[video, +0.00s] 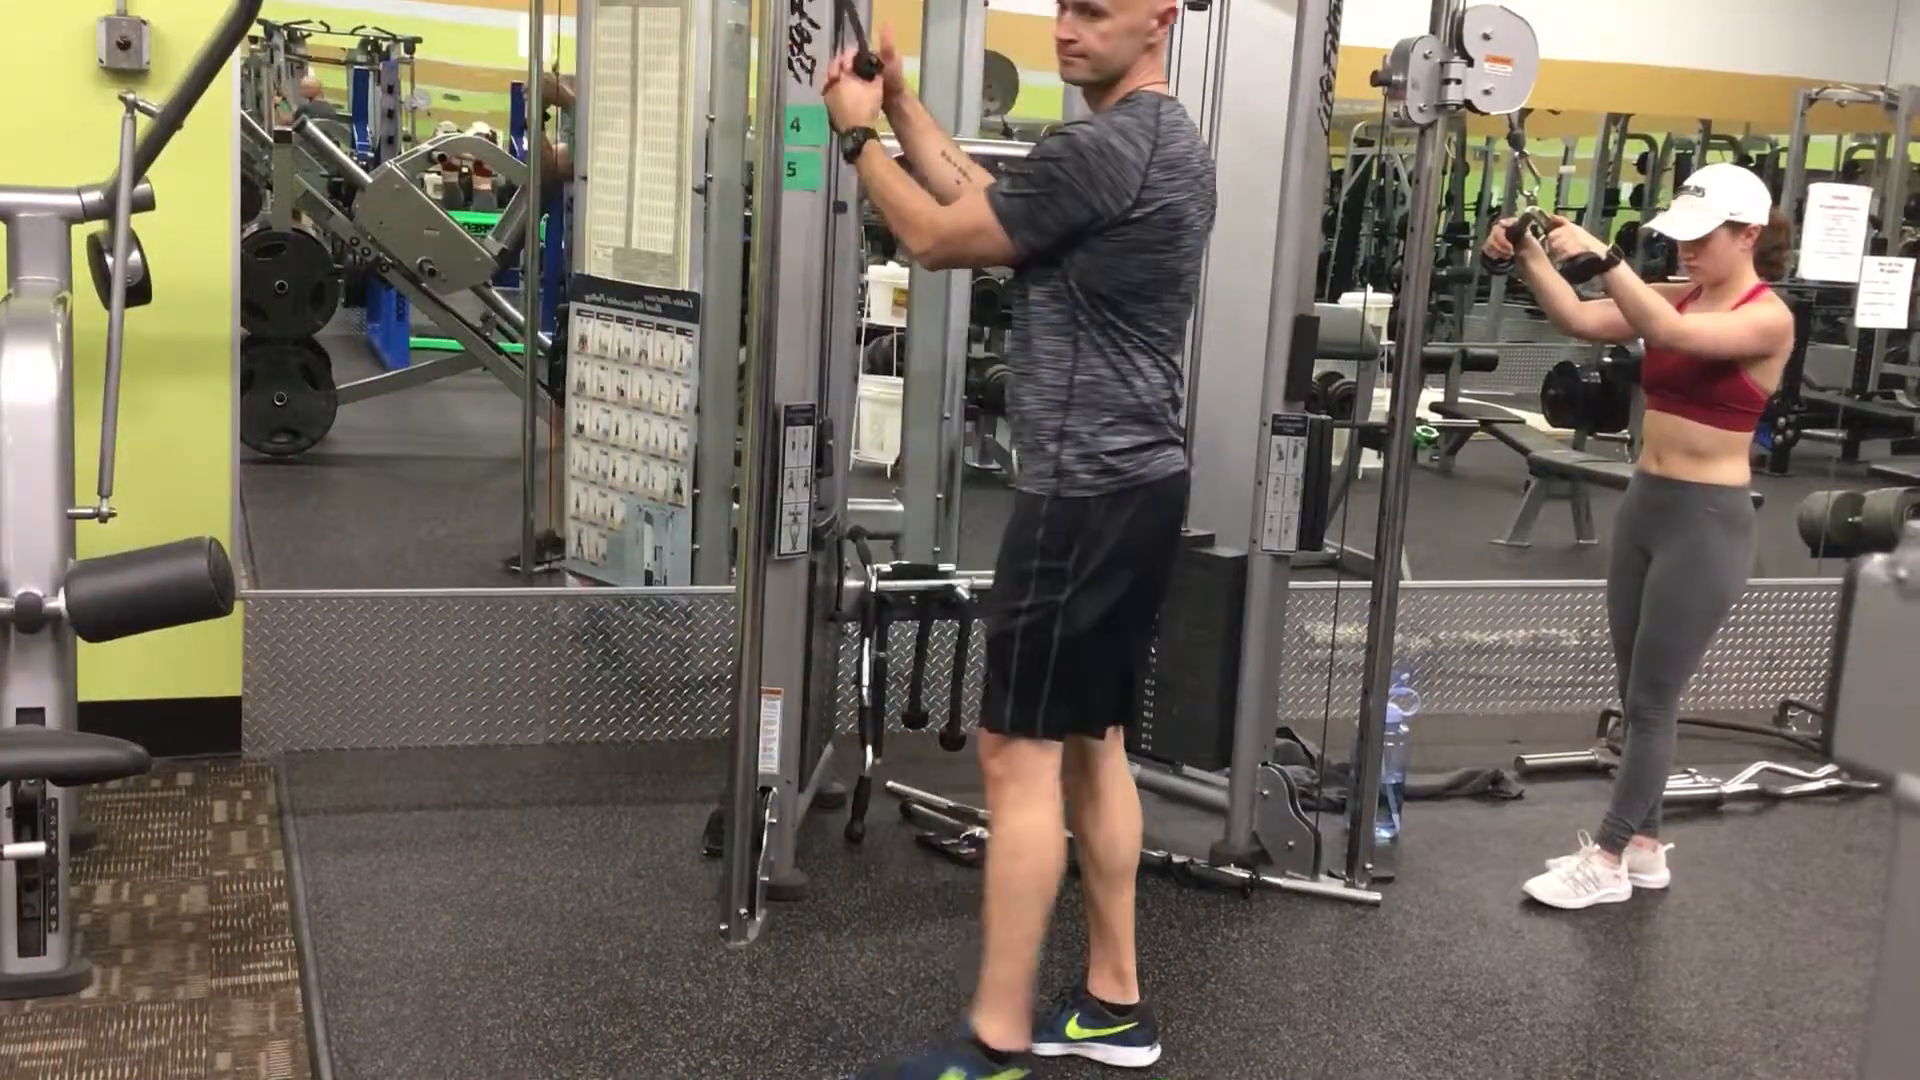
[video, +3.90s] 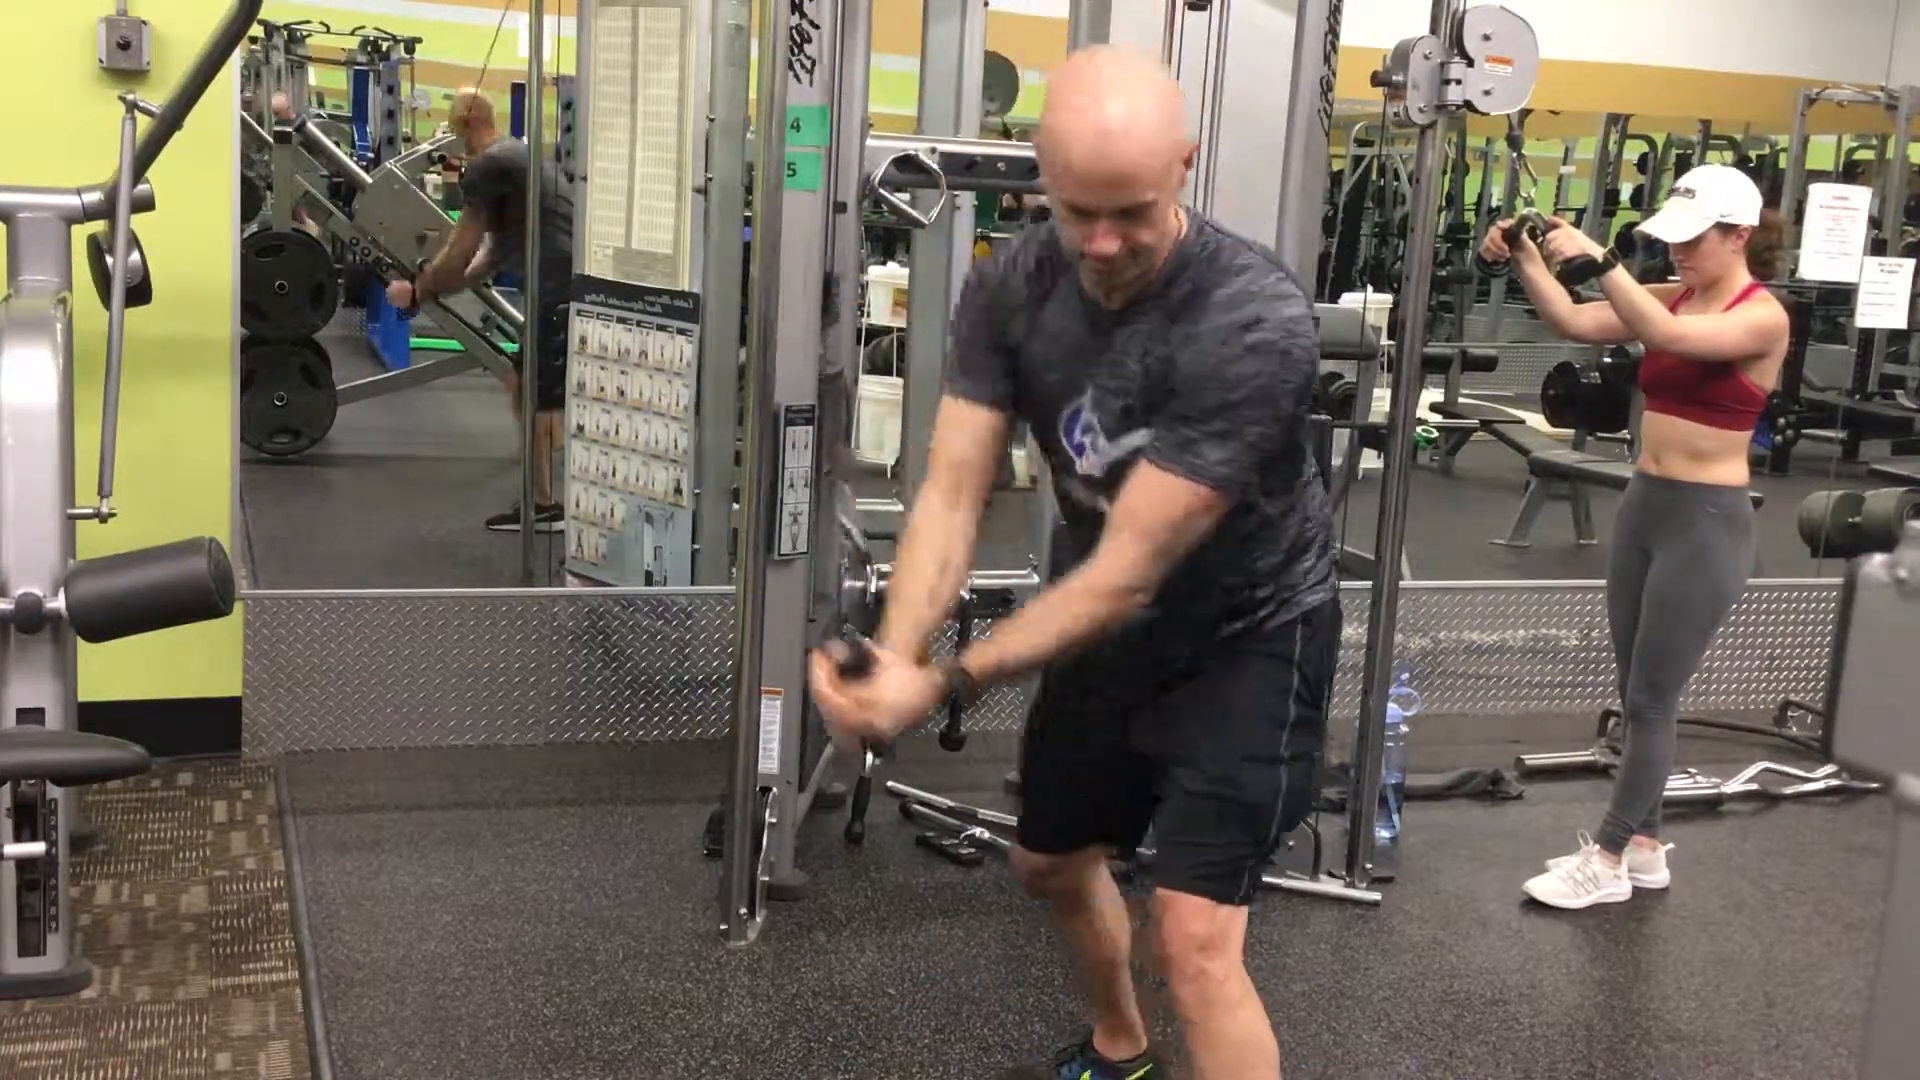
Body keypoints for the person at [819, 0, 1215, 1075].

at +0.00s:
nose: (1066, 23)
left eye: (1094, 10)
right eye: (1063, 6)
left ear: (1161, 21)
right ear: (1062, 13)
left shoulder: (1112, 145)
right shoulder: (1164, 137)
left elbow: (936, 238)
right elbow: (992, 210)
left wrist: (858, 131)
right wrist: (903, 111)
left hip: (1082, 488)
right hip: (1133, 481)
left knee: (1016, 753)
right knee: (1095, 744)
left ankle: (995, 1039)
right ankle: (1112, 1003)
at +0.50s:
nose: (1077, 43)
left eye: (1100, 24)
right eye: (1071, 24)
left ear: (1172, 22)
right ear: (1077, 24)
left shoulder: (1143, 152)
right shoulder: (1174, 139)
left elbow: (965, 229)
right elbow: (1017, 221)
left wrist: (887, 130)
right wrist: (938, 116)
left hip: (1136, 504)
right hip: (1120, 496)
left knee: (1121, 783)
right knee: (1091, 763)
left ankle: (1178, 1059)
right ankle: (1112, 1004)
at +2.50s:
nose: (1093, 98)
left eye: (1116, 75)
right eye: (1087, 72)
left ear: (1208, 59)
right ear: (1207, 62)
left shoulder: (1174, 202)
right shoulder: (1283, 166)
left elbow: (1040, 238)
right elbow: (1099, 226)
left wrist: (962, 146)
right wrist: (1006, 131)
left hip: (1275, 588)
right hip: (1200, 574)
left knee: (1198, 911)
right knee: (1125, 826)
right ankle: (1123, 1050)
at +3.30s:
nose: (1044, 119)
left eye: (1068, 96)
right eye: (1034, 92)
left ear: (1160, 75)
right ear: (1155, 78)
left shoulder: (1131, 238)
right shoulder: (1210, 173)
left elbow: (978, 310)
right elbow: (1026, 280)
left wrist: (855, 246)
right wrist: (886, 225)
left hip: (1250, 596)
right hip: (1193, 578)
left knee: (1166, 928)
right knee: (1115, 821)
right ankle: (1128, 1053)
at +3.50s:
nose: (1049, 155)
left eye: (1076, 128)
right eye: (1036, 125)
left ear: (1160, 98)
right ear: (1024, 99)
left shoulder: (1177, 259)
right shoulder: (1109, 205)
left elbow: (966, 404)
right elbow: (974, 344)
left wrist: (805, 367)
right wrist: (811, 340)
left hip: (1242, 603)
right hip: (1151, 587)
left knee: (1158, 929)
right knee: (1102, 833)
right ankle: (1131, 1054)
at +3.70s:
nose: (1073, 185)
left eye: (1103, 156)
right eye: (1050, 154)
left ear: (1172, 117)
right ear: (1028, 123)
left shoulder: (1222, 284)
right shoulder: (1050, 230)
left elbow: (1047, 504)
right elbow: (956, 418)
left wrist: (841, 529)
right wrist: (824, 503)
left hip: (1240, 618)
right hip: (1110, 605)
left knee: (1165, 934)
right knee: (1087, 855)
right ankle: (1127, 1053)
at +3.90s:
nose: (1102, 244)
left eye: (1131, 216)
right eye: (1077, 215)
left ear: (1184, 170)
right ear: (1044, 174)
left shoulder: (1254, 321)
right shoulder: (1012, 284)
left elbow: (1127, 571)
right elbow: (952, 487)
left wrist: (942, 680)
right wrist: (899, 656)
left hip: (1253, 626)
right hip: (1105, 606)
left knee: (1192, 933)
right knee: (1054, 858)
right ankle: (1122, 1045)